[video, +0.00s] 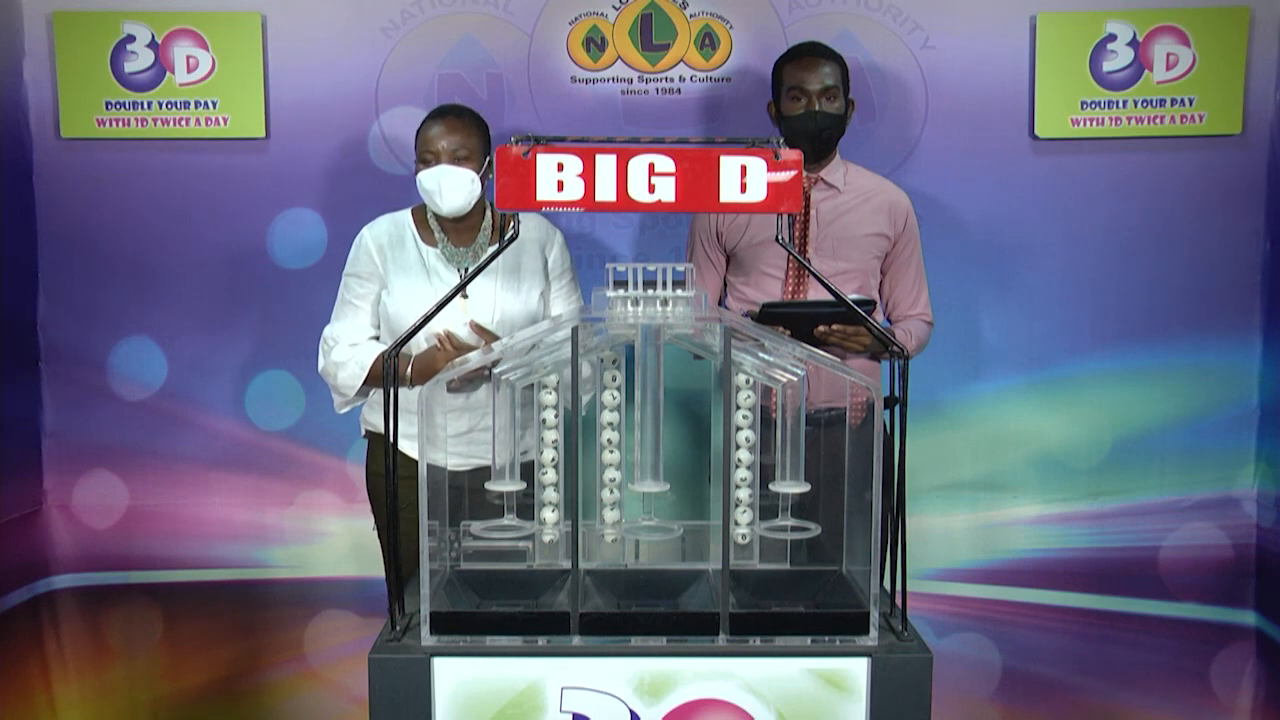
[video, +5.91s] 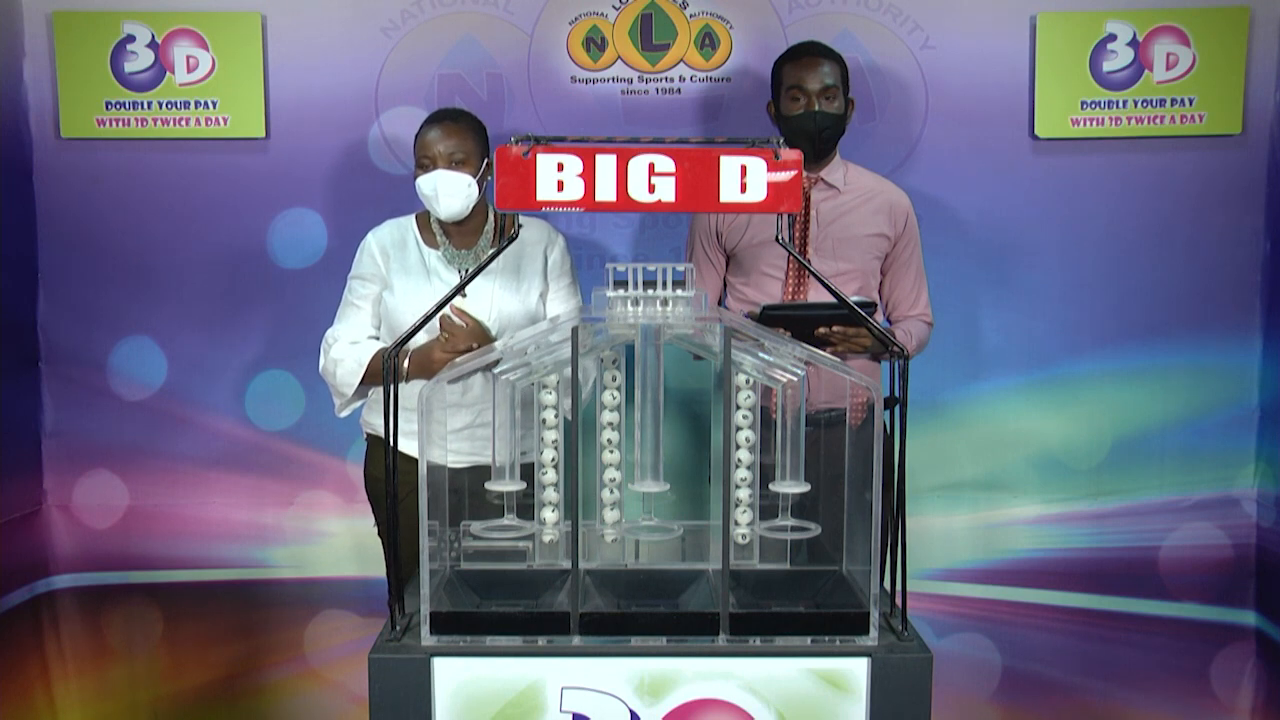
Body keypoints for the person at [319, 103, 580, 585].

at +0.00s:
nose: (445, 175)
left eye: (460, 160)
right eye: (431, 161)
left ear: (486, 163)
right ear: (417, 166)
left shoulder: (538, 239)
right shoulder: (379, 242)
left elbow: (574, 350)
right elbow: (339, 354)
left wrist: (505, 357)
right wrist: (412, 367)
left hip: (511, 463)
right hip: (407, 463)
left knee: (505, 619)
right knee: (417, 618)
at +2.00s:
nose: (435, 180)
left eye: (450, 164)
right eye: (419, 167)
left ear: (472, 166)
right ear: (402, 173)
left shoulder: (527, 240)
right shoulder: (368, 248)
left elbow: (562, 346)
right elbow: (330, 365)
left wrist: (505, 358)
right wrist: (417, 370)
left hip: (507, 462)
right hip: (404, 465)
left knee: (506, 619)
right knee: (416, 618)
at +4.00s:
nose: (450, 179)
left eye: (465, 163)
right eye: (436, 166)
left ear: (491, 165)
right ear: (422, 171)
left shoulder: (546, 246)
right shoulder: (386, 246)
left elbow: (580, 365)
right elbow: (342, 357)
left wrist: (506, 353)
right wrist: (419, 362)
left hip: (514, 464)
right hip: (410, 464)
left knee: (508, 618)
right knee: (418, 619)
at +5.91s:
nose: (443, 178)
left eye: (458, 162)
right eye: (429, 165)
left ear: (486, 167)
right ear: (416, 172)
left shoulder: (541, 245)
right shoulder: (384, 247)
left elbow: (570, 359)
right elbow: (339, 359)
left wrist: (494, 353)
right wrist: (413, 362)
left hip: (509, 464)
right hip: (406, 465)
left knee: (503, 620)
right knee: (416, 619)